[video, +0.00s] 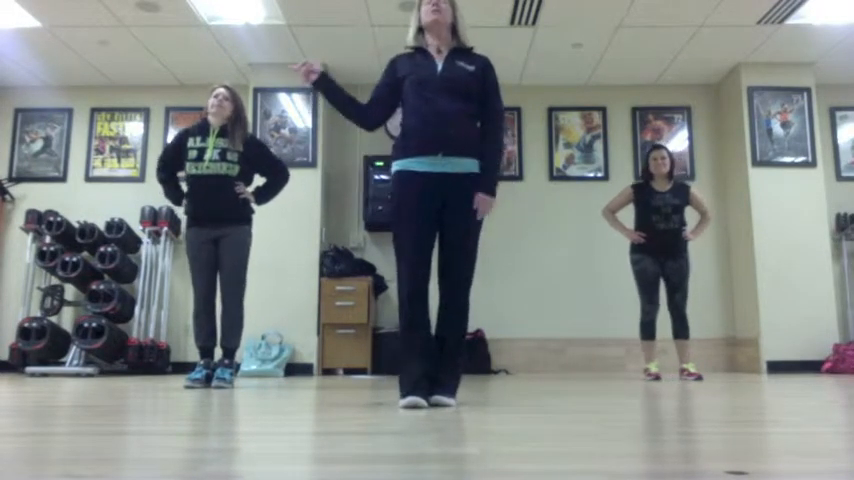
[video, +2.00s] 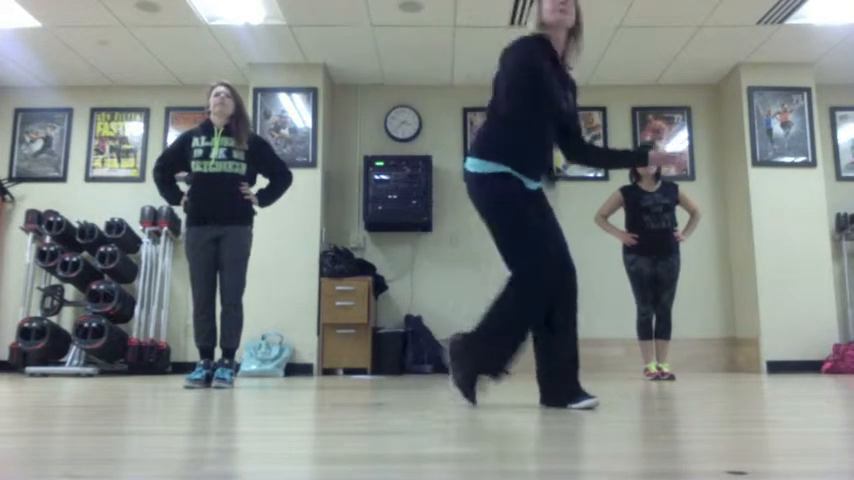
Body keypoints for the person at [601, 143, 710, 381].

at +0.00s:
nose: (660, 163)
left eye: (663, 158)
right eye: (655, 159)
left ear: (670, 162)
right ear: (648, 164)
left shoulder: (682, 189)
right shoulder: (638, 189)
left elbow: (706, 213)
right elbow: (607, 211)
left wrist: (693, 234)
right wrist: (627, 232)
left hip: (676, 253)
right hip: (645, 254)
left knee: (678, 307)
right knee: (649, 308)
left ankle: (685, 364)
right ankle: (650, 364)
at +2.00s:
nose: (648, 164)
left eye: (651, 160)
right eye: (643, 161)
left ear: (658, 163)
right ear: (636, 167)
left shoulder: (670, 190)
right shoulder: (627, 192)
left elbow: (695, 212)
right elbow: (600, 217)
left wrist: (684, 233)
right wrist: (620, 234)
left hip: (667, 252)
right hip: (639, 253)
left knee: (664, 308)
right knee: (645, 309)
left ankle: (662, 363)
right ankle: (649, 364)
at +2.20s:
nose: (655, 158)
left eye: (656, 154)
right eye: (649, 154)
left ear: (659, 161)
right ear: (638, 164)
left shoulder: (671, 190)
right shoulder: (627, 192)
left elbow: (695, 213)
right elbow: (600, 217)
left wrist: (684, 234)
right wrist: (620, 232)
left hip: (667, 253)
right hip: (638, 255)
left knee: (664, 308)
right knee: (645, 308)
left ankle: (663, 363)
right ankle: (649, 364)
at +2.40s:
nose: (645, 161)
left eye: (649, 157)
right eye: (641, 158)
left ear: (657, 162)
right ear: (634, 164)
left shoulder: (670, 190)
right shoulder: (625, 193)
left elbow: (696, 213)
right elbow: (604, 221)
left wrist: (682, 235)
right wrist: (618, 228)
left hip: (664, 253)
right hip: (634, 254)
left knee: (662, 308)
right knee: (640, 306)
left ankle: (662, 362)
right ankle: (640, 357)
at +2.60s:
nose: (639, 164)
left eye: (642, 160)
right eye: (634, 160)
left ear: (650, 165)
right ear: (626, 165)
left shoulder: (659, 193)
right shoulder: (616, 196)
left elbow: (684, 218)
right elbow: (606, 230)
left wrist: (685, 247)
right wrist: (617, 220)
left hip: (659, 255)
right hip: (629, 256)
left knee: (662, 308)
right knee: (628, 309)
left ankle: (662, 364)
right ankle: (616, 364)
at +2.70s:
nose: (635, 164)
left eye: (639, 161)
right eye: (631, 161)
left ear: (645, 166)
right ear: (622, 165)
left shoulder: (656, 194)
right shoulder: (612, 196)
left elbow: (675, 223)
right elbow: (606, 230)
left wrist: (690, 250)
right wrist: (613, 210)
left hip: (656, 255)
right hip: (626, 256)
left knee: (663, 308)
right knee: (627, 310)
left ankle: (663, 363)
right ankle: (616, 364)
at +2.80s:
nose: (628, 165)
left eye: (632, 163)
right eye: (623, 162)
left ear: (637, 168)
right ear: (615, 166)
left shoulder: (645, 192)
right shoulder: (607, 194)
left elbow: (661, 224)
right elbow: (602, 223)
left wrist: (682, 252)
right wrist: (598, 195)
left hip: (648, 255)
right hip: (619, 257)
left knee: (673, 297)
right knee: (620, 309)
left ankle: (664, 356)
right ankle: (615, 364)